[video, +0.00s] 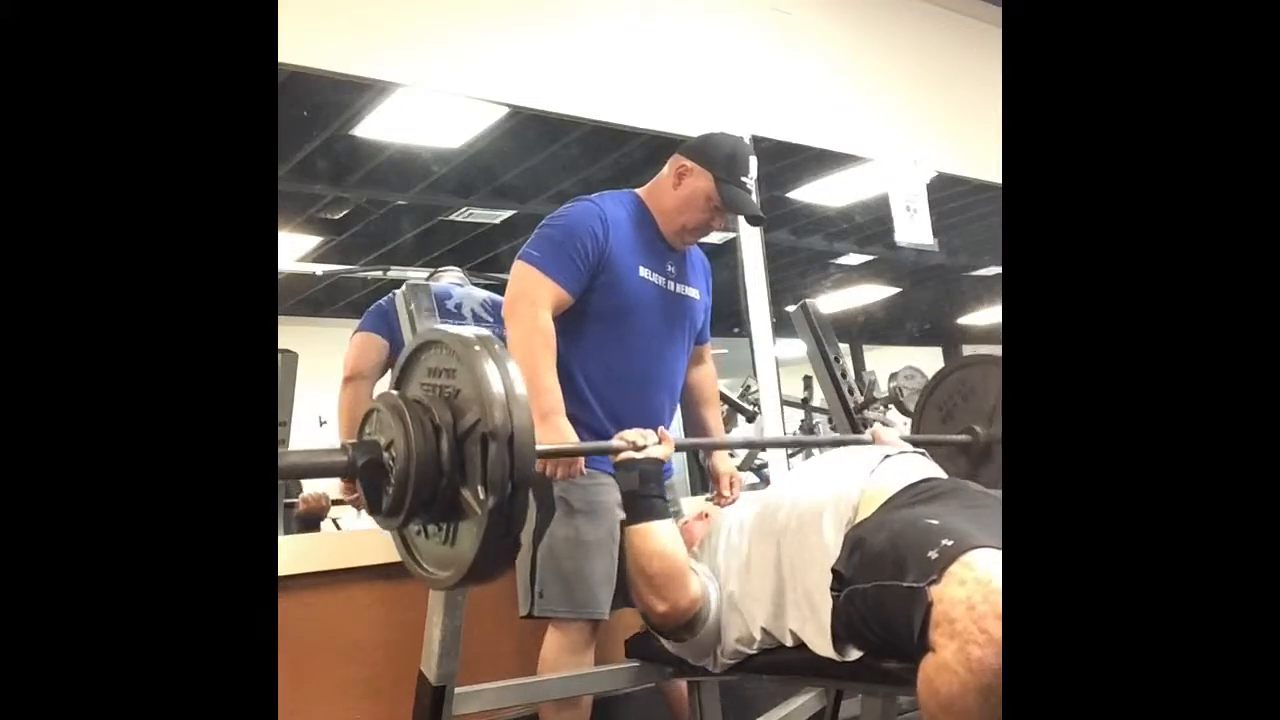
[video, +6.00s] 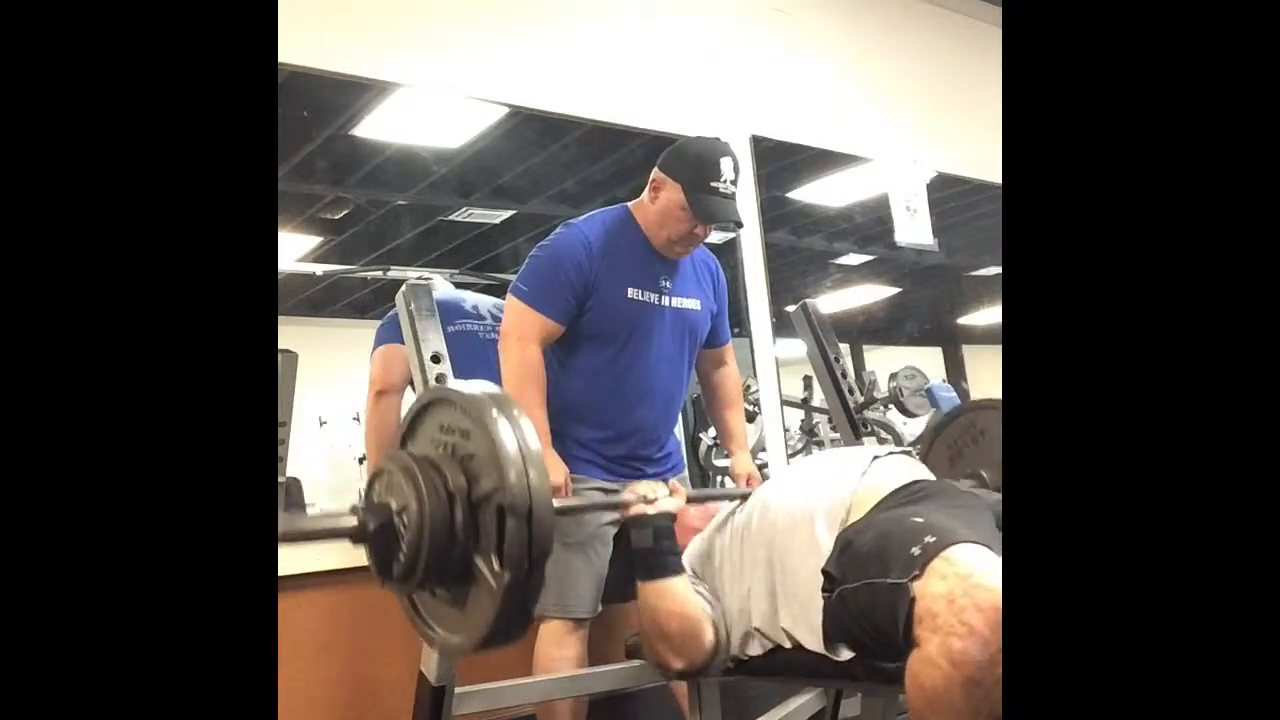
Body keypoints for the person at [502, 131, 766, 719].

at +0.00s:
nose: (721, 223)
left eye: (729, 214)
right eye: (718, 206)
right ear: (680, 173)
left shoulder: (696, 266)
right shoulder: (593, 222)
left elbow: (698, 362)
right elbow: (525, 306)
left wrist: (716, 451)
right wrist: (550, 419)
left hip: (651, 468)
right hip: (579, 461)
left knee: (640, 620)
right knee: (575, 626)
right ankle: (564, 717)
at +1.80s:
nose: (708, 224)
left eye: (720, 213)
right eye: (700, 205)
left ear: (730, 212)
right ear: (663, 182)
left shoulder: (710, 271)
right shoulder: (587, 239)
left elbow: (718, 367)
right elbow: (520, 325)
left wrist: (735, 452)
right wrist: (536, 436)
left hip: (674, 471)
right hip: (590, 468)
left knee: (685, 629)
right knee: (574, 630)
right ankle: (555, 719)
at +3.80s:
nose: (701, 230)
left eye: (710, 220)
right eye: (692, 213)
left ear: (717, 216)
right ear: (654, 187)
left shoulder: (706, 270)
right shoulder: (578, 245)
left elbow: (718, 365)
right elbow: (518, 338)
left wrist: (739, 451)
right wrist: (537, 449)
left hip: (661, 468)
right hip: (579, 467)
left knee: (674, 609)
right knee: (570, 618)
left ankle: (684, 711)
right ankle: (560, 716)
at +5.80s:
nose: (703, 232)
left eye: (712, 222)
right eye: (695, 215)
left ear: (721, 217)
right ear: (657, 189)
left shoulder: (706, 270)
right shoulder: (579, 247)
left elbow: (718, 365)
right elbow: (521, 340)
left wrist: (738, 451)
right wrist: (540, 449)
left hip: (659, 467)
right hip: (576, 465)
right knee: (569, 619)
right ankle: (560, 715)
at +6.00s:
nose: (704, 232)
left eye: (713, 222)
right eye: (696, 215)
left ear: (721, 217)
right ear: (657, 188)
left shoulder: (707, 271)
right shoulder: (579, 247)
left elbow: (718, 366)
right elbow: (520, 340)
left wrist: (739, 451)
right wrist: (540, 448)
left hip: (662, 469)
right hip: (578, 466)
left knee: (674, 617)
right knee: (569, 620)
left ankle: (690, 711)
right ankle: (561, 715)